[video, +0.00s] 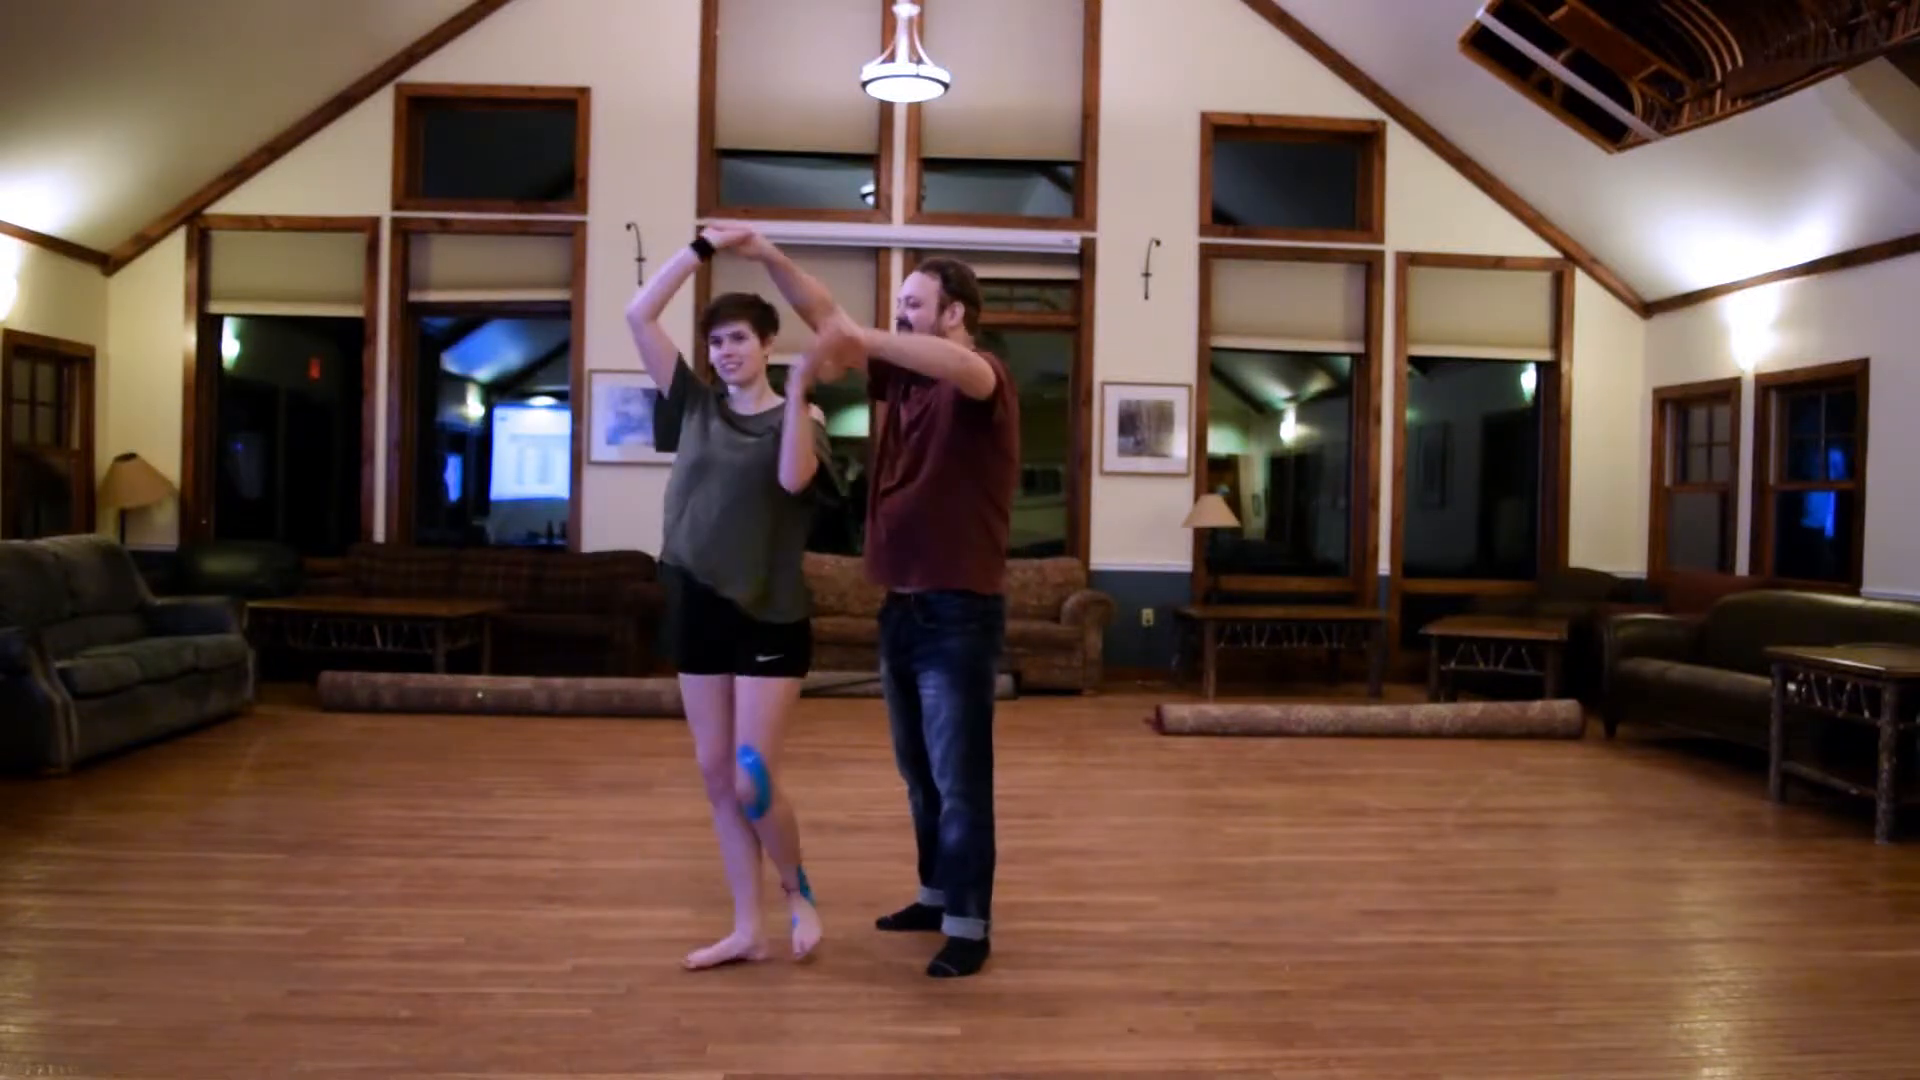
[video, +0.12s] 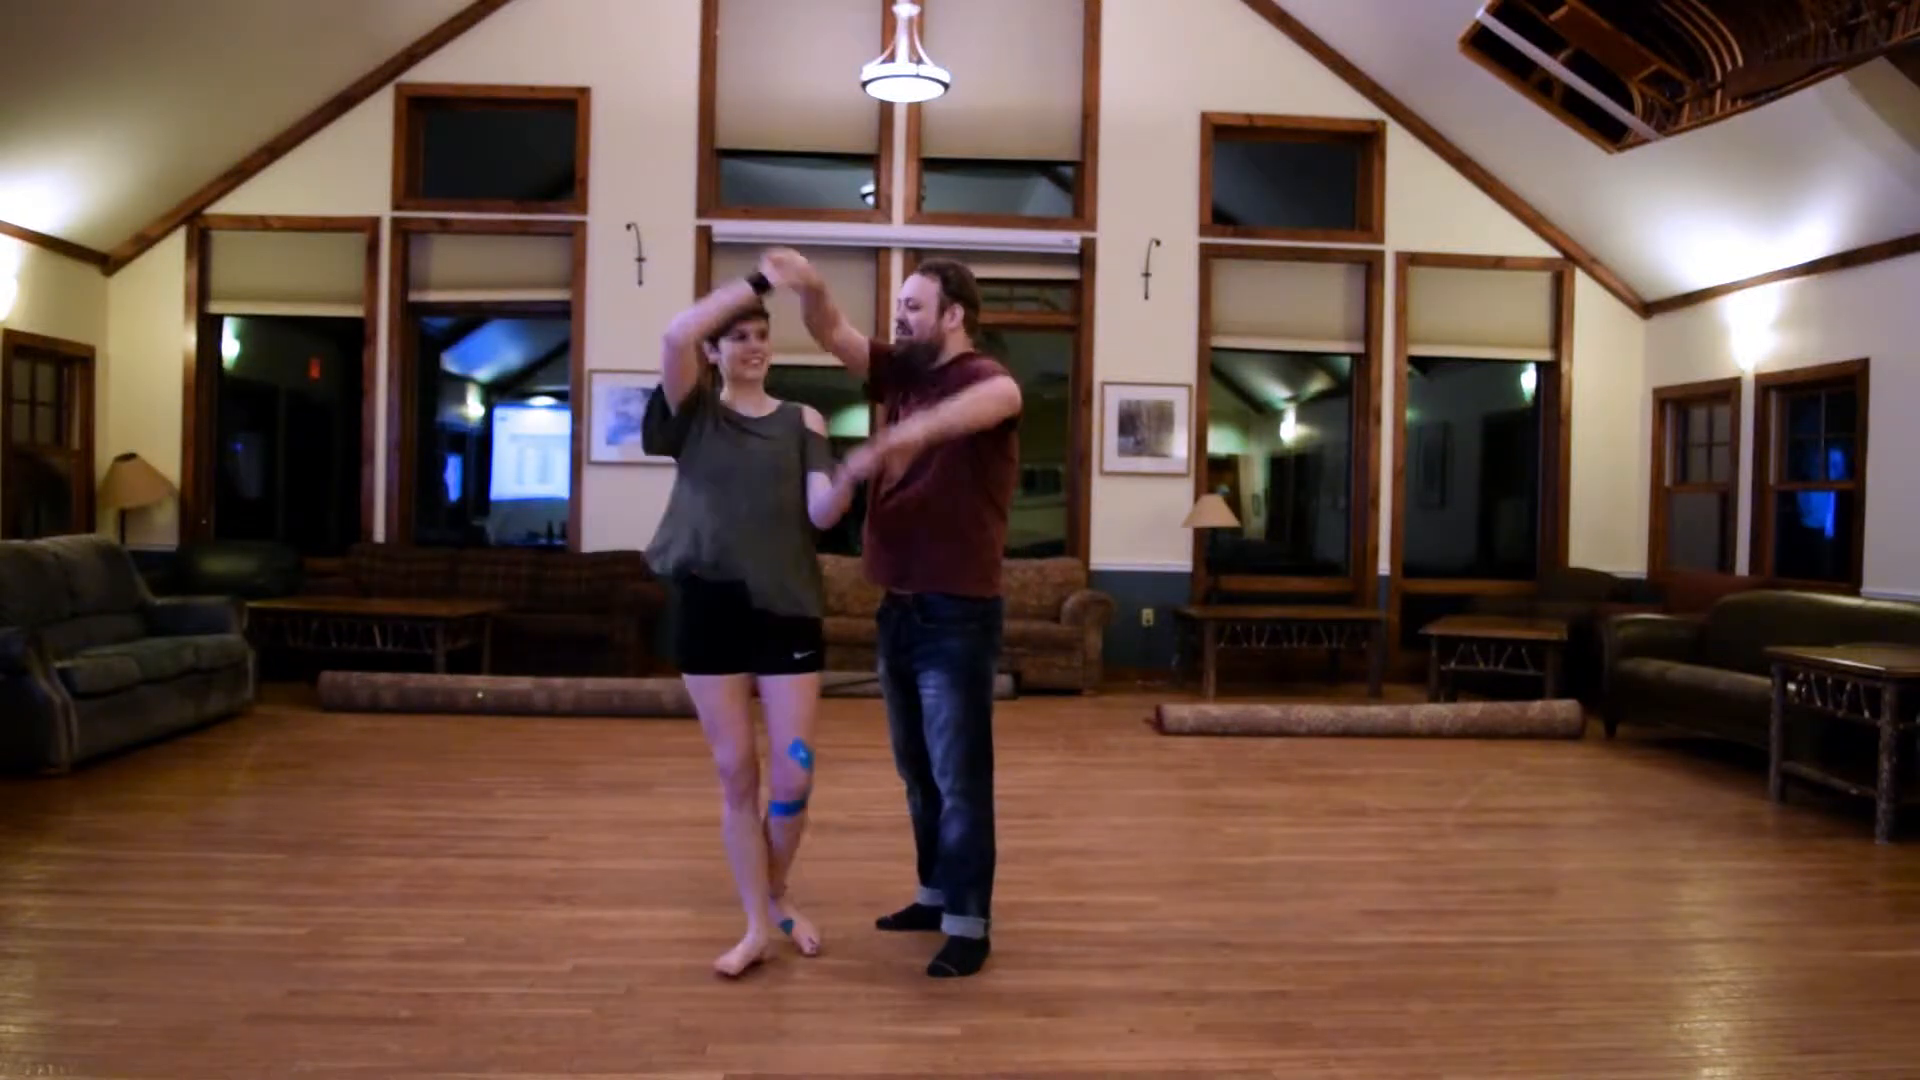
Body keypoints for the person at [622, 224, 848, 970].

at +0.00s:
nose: (726, 350)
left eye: (738, 339)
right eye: (717, 341)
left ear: (767, 345)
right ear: (708, 351)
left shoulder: (795, 417)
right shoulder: (698, 404)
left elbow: (795, 477)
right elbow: (639, 317)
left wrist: (796, 388)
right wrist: (696, 250)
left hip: (772, 611)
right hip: (699, 603)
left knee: (751, 782)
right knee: (717, 777)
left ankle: (796, 897)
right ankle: (748, 929)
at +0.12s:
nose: (754, 344)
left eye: (762, 333)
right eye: (739, 335)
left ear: (774, 345)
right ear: (713, 349)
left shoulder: (802, 421)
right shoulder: (692, 411)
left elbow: (821, 513)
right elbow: (680, 335)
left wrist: (852, 471)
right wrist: (755, 284)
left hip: (787, 604)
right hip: (708, 601)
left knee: (793, 775)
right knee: (736, 773)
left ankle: (778, 894)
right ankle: (757, 928)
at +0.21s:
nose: (777, 350)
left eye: (779, 339)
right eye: (762, 339)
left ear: (780, 349)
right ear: (723, 350)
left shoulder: (803, 424)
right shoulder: (700, 420)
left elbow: (824, 522)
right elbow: (711, 397)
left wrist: (873, 534)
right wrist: (788, 360)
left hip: (792, 606)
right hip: (714, 604)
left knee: (803, 776)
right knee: (744, 773)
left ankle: (748, 904)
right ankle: (754, 930)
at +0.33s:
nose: (799, 348)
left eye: (796, 337)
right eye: (788, 338)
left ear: (764, 350)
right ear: (753, 349)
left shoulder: (785, 417)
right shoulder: (731, 422)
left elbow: (799, 531)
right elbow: (810, 484)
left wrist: (849, 586)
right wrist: (850, 448)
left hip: (784, 615)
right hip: (735, 617)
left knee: (789, 771)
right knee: (781, 776)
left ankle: (744, 916)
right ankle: (760, 933)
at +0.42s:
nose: (809, 357)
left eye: (806, 346)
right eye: (803, 346)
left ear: (759, 353)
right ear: (776, 352)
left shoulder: (752, 414)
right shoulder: (760, 424)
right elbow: (842, 513)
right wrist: (830, 463)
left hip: (752, 619)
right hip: (765, 623)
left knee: (784, 775)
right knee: (817, 775)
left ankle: (743, 917)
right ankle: (772, 935)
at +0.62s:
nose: (825, 354)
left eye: (821, 344)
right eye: (823, 346)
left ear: (757, 351)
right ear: (813, 351)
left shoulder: (724, 425)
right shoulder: (830, 418)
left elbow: (693, 479)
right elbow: (866, 486)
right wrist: (845, 430)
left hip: (749, 621)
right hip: (822, 626)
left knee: (773, 774)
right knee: (827, 788)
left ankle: (740, 921)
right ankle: (834, 945)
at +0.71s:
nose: (757, 354)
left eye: (760, 344)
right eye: (832, 333)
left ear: (763, 348)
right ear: (829, 346)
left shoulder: (734, 423)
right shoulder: (850, 418)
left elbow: (690, 402)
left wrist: (741, 385)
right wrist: (773, 379)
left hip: (757, 620)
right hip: (839, 623)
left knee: (772, 777)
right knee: (829, 788)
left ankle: (748, 925)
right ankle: (835, 949)